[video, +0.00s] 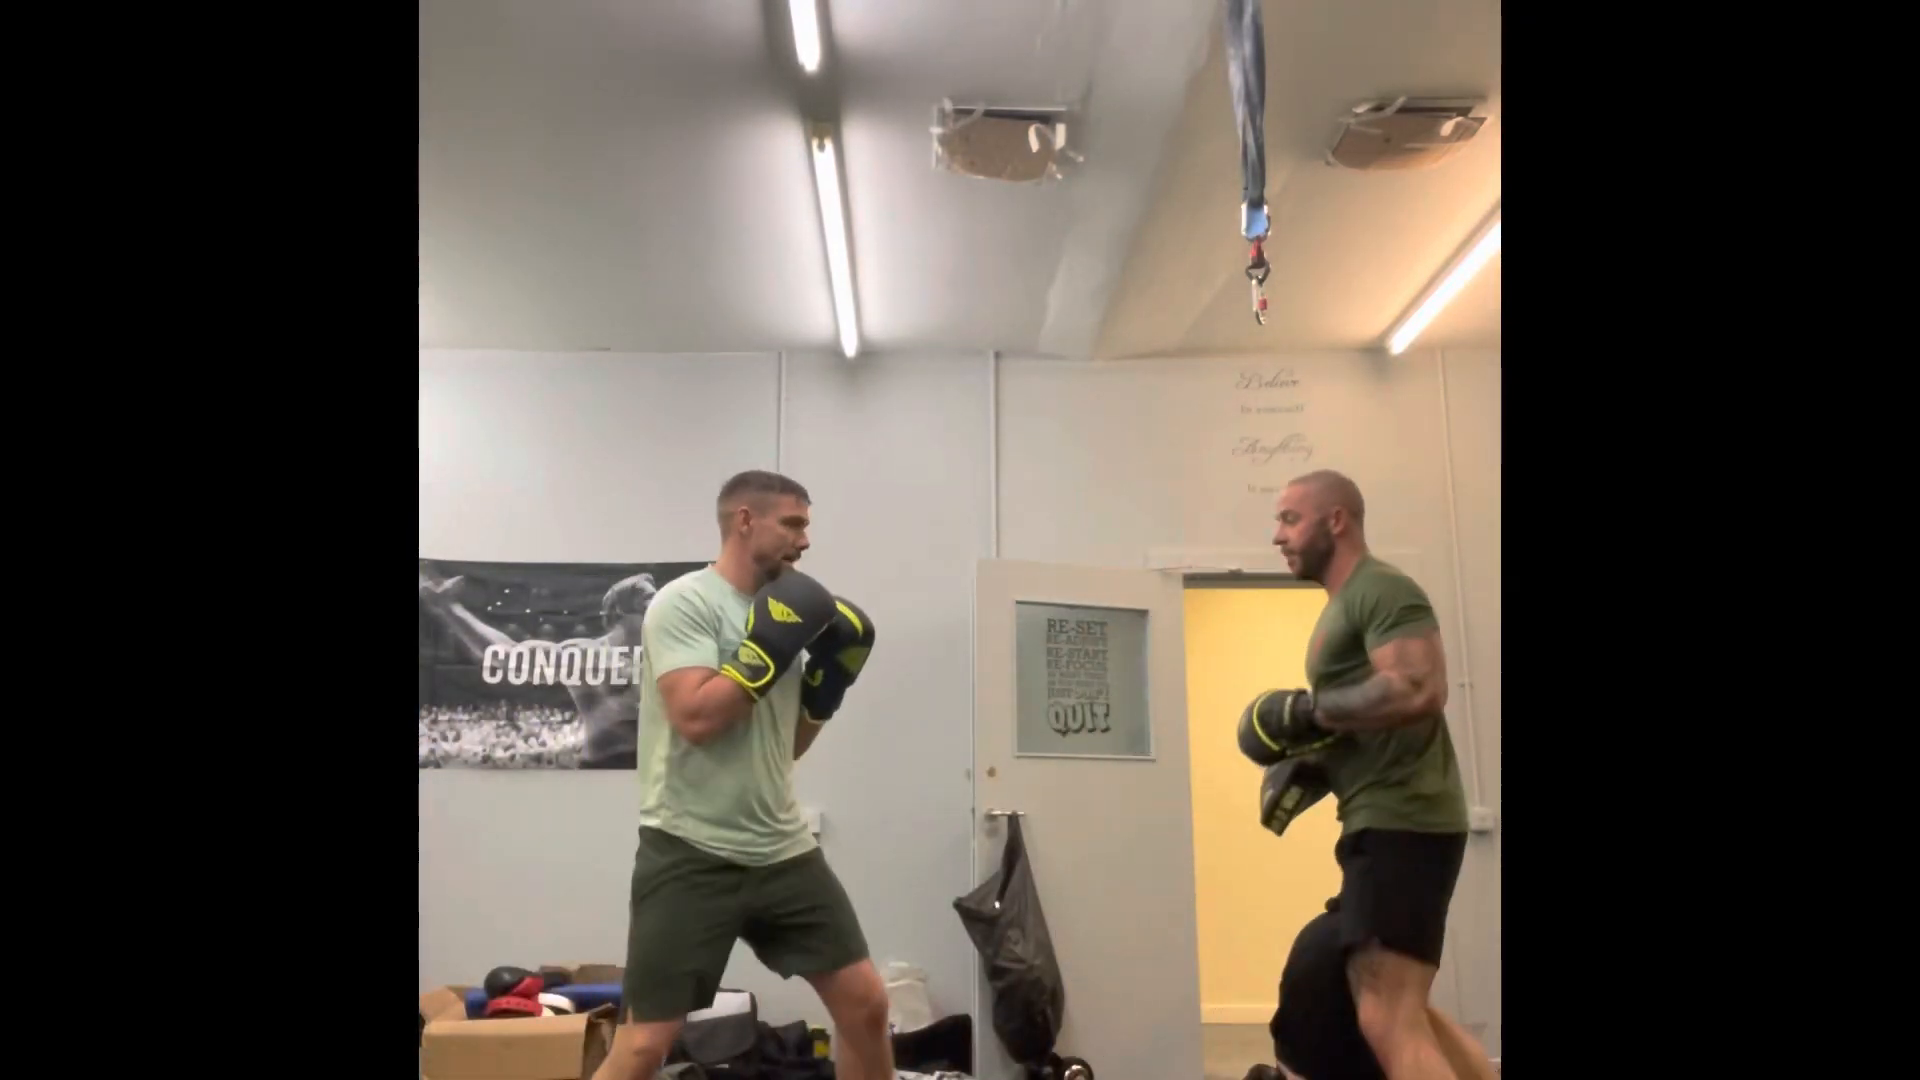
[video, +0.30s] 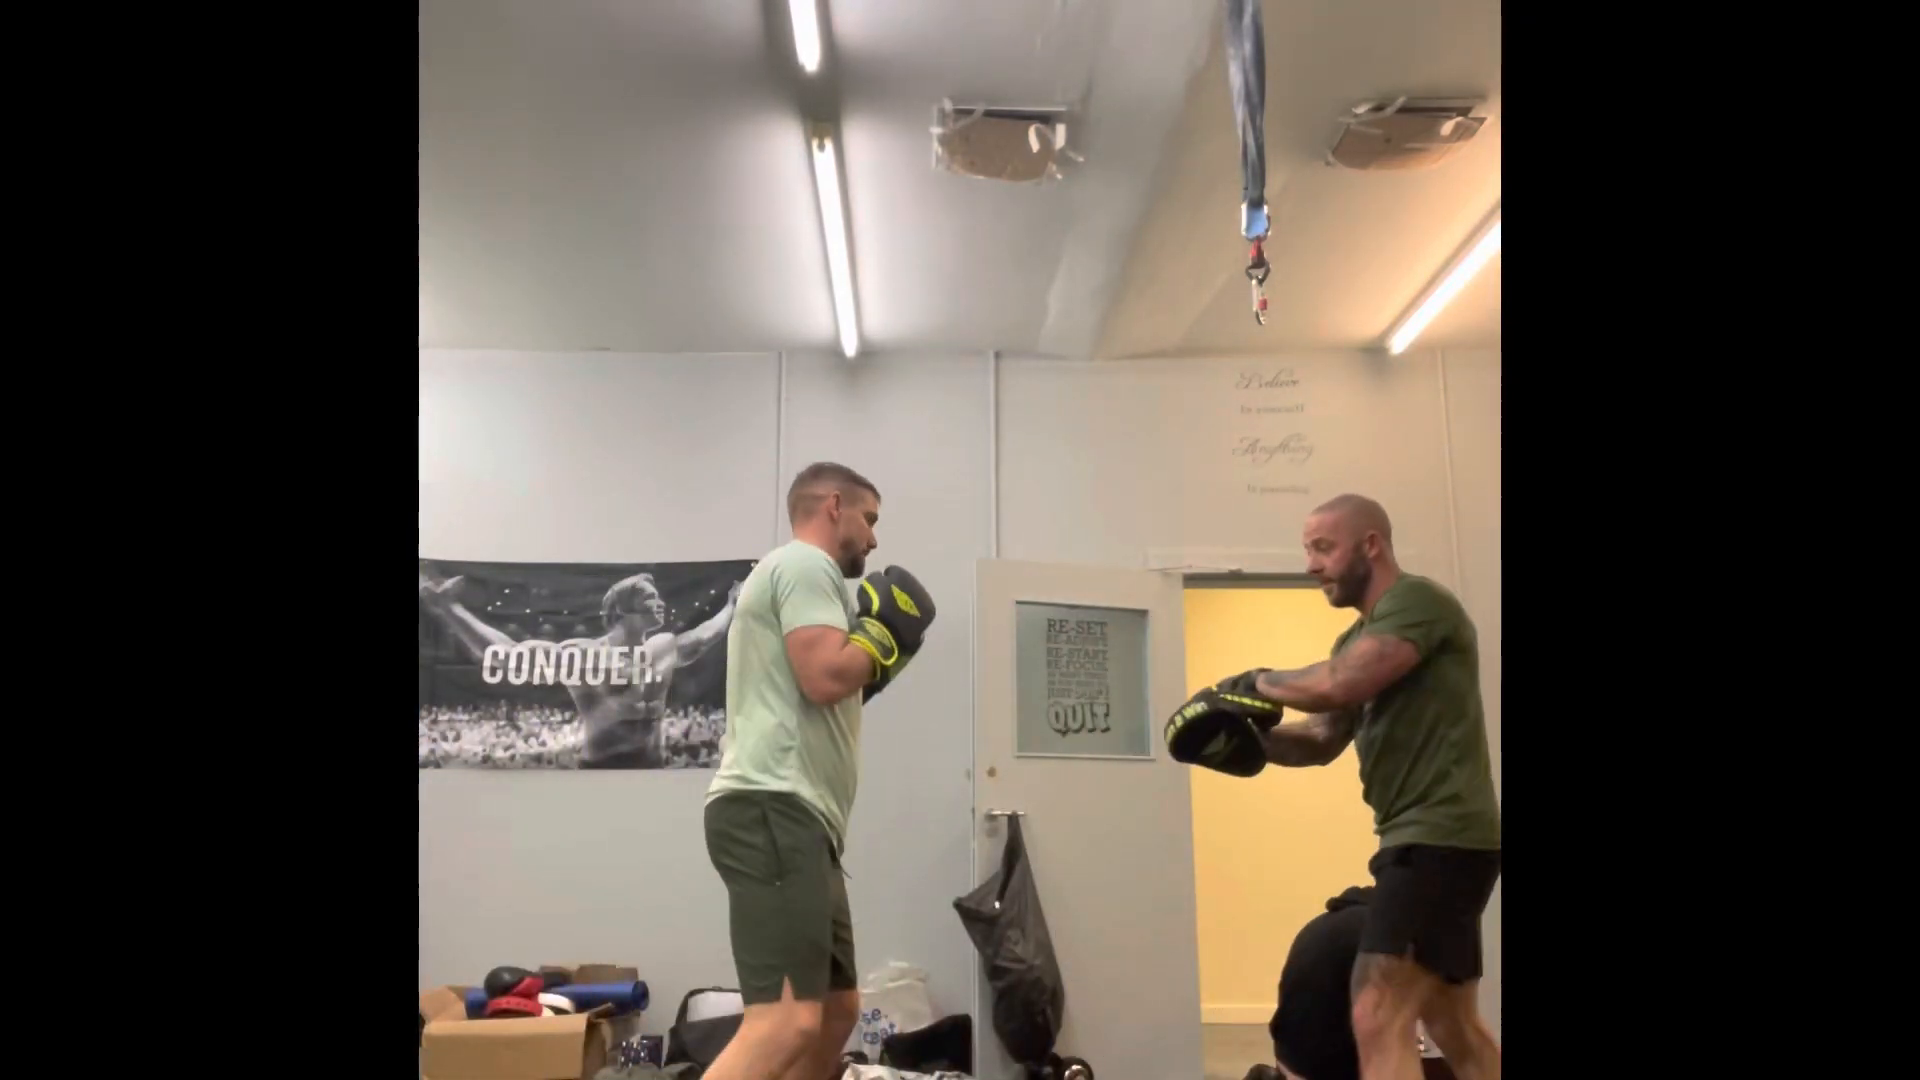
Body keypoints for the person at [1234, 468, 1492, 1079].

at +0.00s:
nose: (1279, 534)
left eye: (1291, 520)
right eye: (1278, 521)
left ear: (1337, 522)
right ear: (1333, 526)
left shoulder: (1381, 589)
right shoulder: (1345, 607)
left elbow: (1418, 689)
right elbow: (1375, 720)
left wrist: (1308, 712)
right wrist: (1319, 767)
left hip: (1406, 823)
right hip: (1383, 824)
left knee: (1387, 1012)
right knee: (1405, 1010)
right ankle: (1484, 1072)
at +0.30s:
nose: (1311, 565)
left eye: (1322, 548)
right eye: (1308, 551)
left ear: (1372, 544)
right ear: (1364, 550)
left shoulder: (1418, 601)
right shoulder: (1355, 641)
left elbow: (1347, 682)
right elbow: (1320, 740)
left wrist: (1261, 682)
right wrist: (1246, 738)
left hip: (1444, 835)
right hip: (1418, 837)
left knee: (1380, 1017)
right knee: (1452, 1025)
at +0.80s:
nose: (1262, 567)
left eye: (1272, 550)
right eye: (1258, 553)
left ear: (1321, 544)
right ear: (1318, 549)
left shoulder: (1361, 604)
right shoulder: (1339, 621)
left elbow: (1283, 699)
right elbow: (1283, 740)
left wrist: (1208, 682)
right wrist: (1205, 728)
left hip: (1408, 831)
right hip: (1419, 831)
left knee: (1340, 1016)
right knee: (1435, 1019)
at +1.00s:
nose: (1215, 541)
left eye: (1226, 525)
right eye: (1214, 527)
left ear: (1274, 529)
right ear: (1271, 532)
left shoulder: (1312, 598)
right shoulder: (1276, 614)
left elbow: (1324, 707)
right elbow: (1284, 722)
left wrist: (1225, 687)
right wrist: (1209, 735)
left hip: (1336, 831)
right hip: (1314, 831)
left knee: (1307, 1022)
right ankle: (1401, 1079)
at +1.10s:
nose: (1155, 555)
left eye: (1168, 540)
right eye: (1154, 542)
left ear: (1214, 544)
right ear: (1208, 548)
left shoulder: (1237, 605)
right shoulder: (1219, 616)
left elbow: (1242, 703)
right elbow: (1255, 737)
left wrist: (1154, 727)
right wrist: (1210, 799)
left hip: (1277, 830)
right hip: (1242, 834)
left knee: (1307, 1025)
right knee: (1212, 994)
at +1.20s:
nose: (1086, 582)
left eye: (1099, 569)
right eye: (1082, 570)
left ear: (1142, 573)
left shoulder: (1167, 634)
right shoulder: (1144, 647)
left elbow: (1181, 726)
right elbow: (1171, 768)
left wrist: (1093, 770)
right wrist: (1115, 815)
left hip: (1199, 845)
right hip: (1164, 848)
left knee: (1237, 1025)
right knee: (1110, 994)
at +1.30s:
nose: (1042, 558)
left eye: (1057, 548)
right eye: (1036, 547)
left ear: (1091, 557)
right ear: (1029, 555)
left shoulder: (1128, 624)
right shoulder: (1035, 639)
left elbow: (1183, 707)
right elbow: (1035, 720)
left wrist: (1091, 733)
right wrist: (1027, 742)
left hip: (1121, 821)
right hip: (1062, 826)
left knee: (1105, 988)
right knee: (1049, 987)